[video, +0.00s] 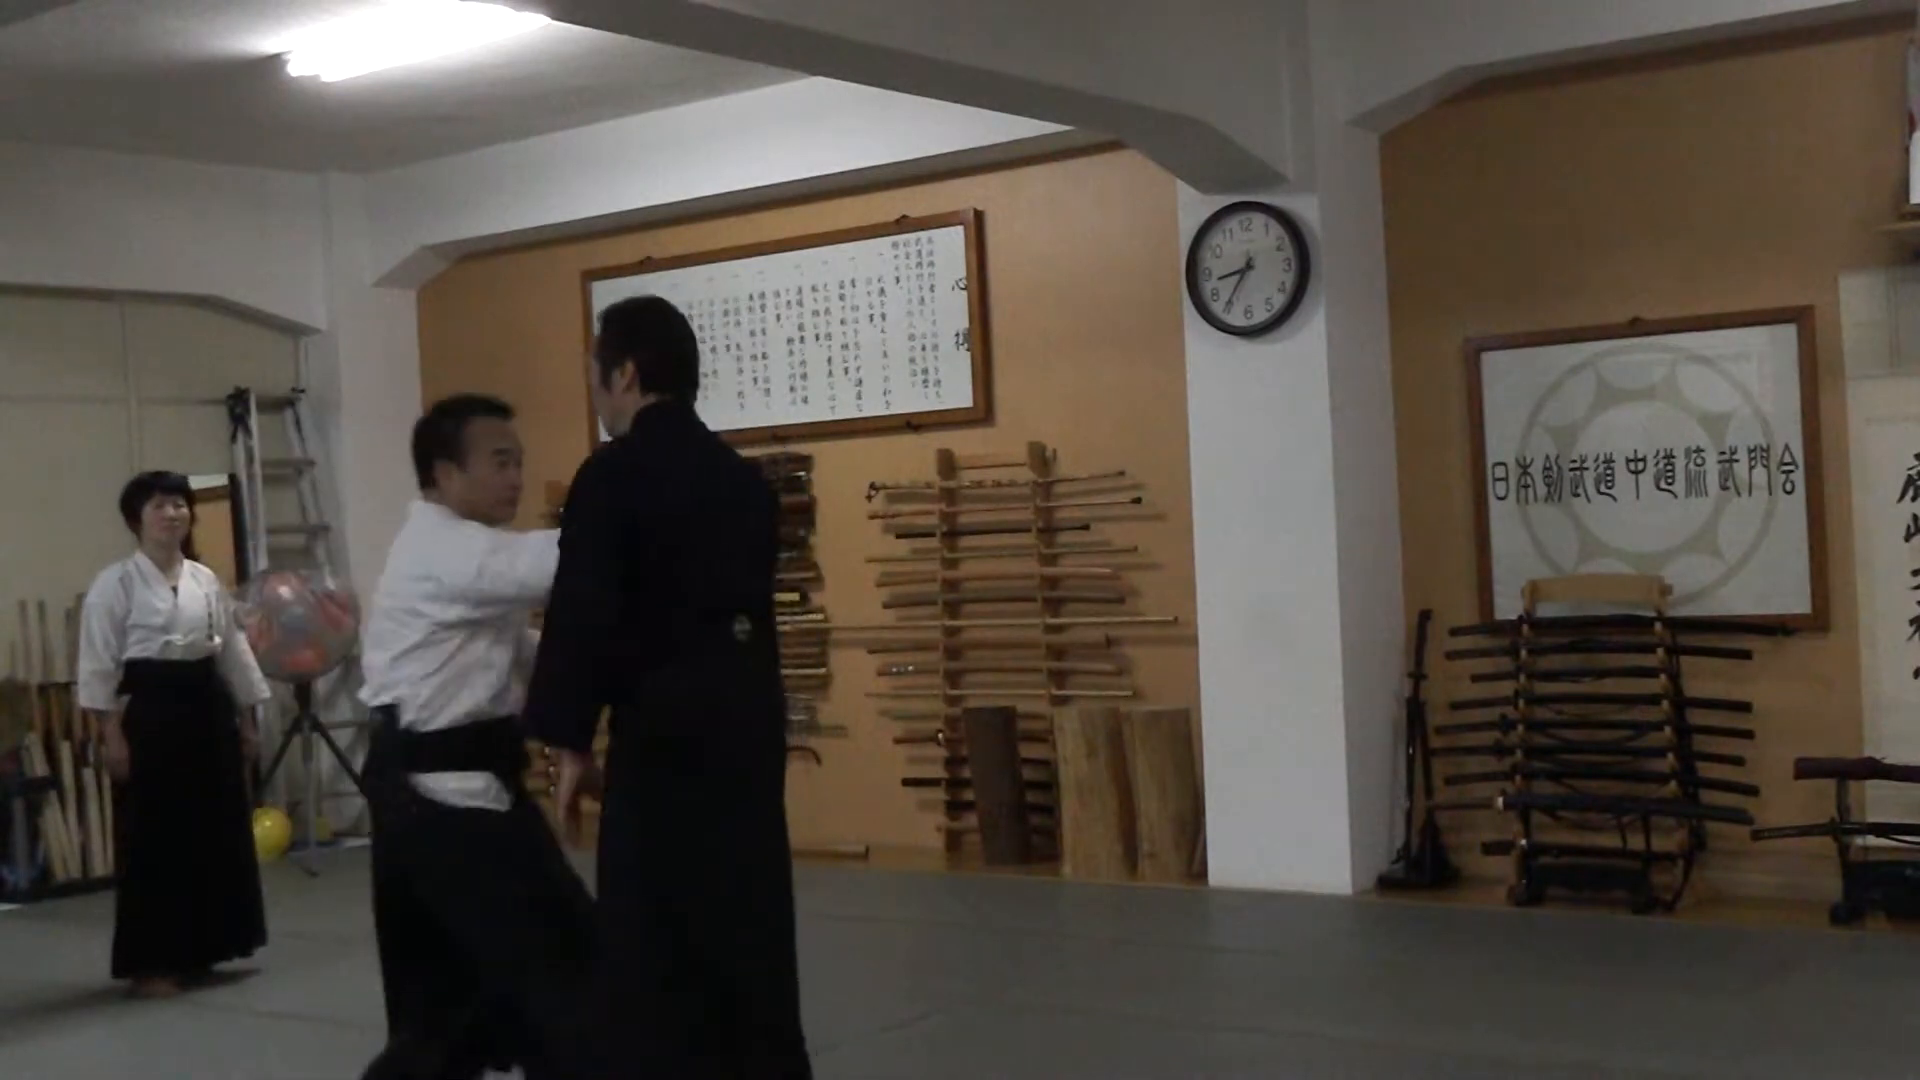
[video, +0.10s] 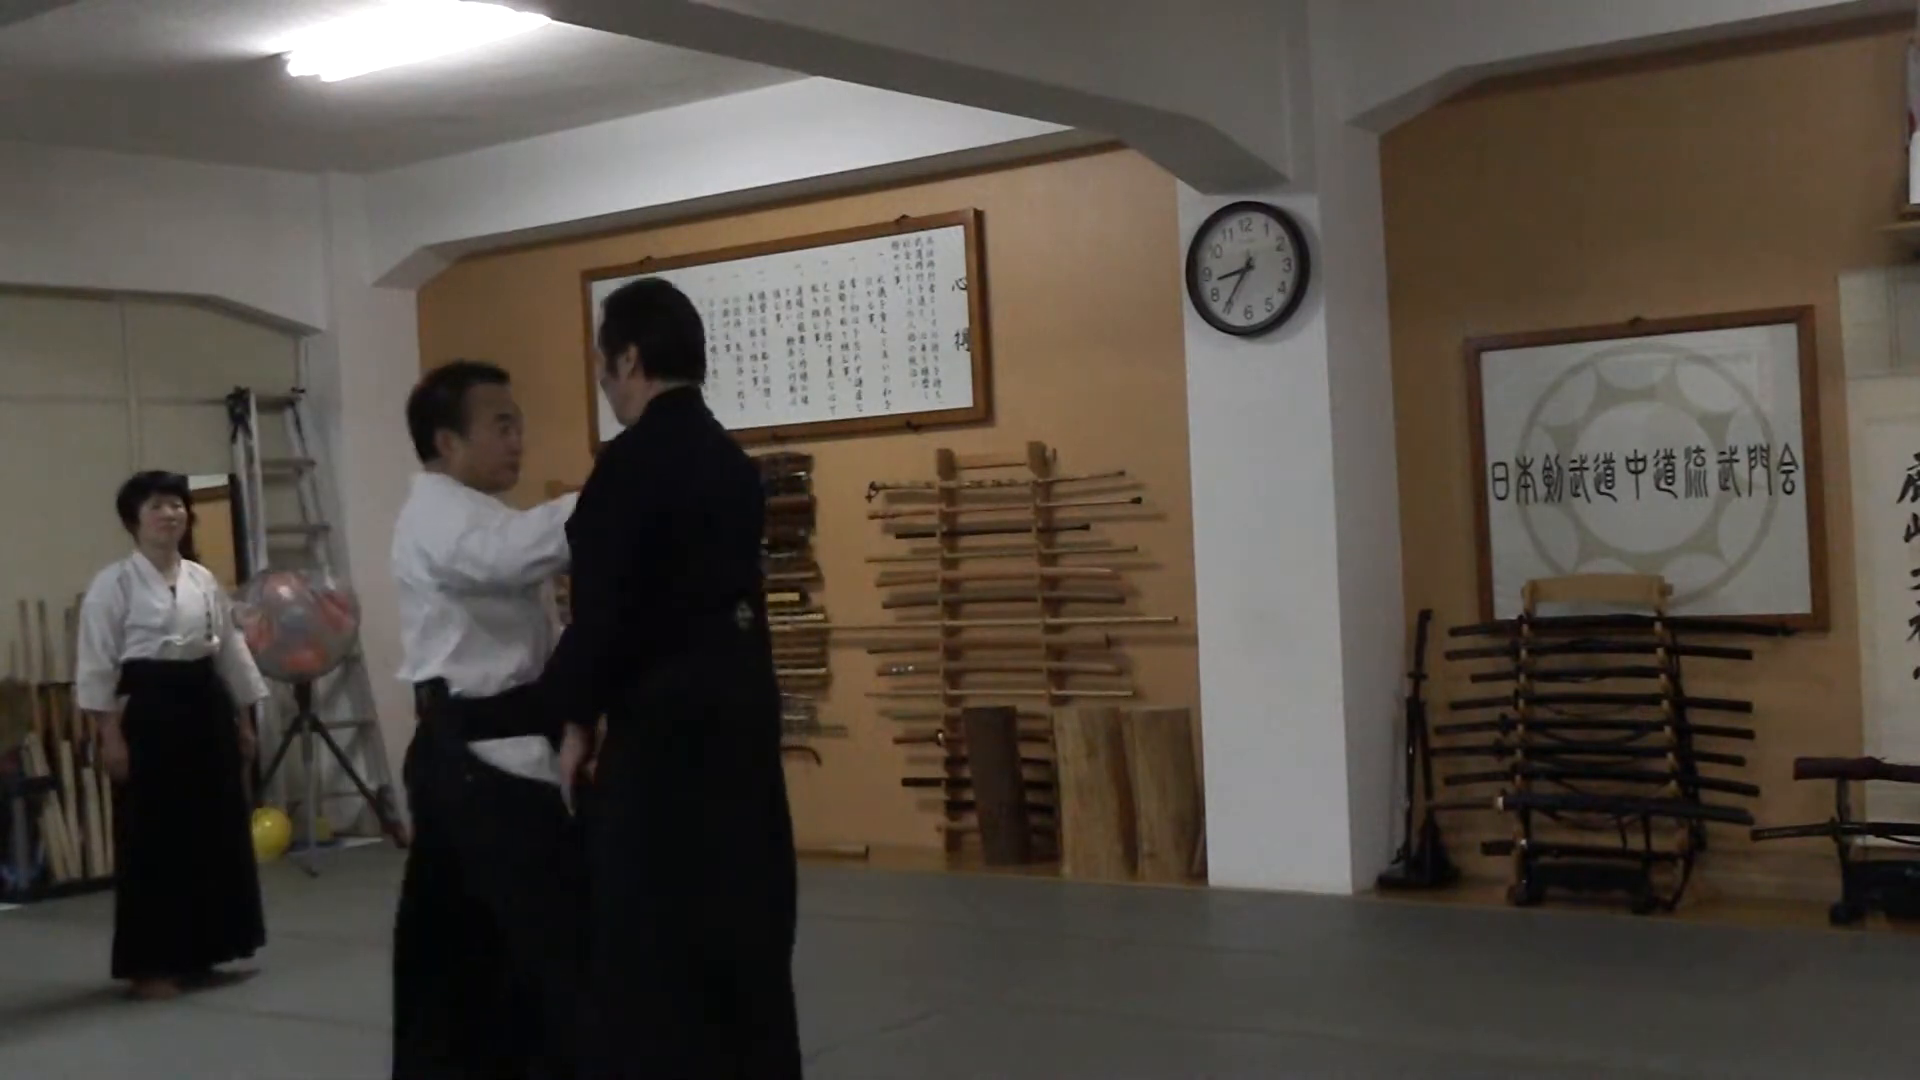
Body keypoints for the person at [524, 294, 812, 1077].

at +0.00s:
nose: (596, 389)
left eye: (599, 374)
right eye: (597, 374)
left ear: (629, 374)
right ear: (685, 375)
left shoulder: (612, 475)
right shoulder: (741, 473)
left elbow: (581, 614)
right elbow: (750, 611)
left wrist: (570, 737)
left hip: (657, 721)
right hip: (749, 712)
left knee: (650, 910)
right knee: (747, 903)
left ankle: (657, 1064)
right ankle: (761, 1063)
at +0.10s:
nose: (603, 379)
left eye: (605, 363)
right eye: (603, 364)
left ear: (631, 362)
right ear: (692, 359)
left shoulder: (624, 466)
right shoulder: (729, 457)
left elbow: (602, 610)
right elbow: (705, 606)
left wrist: (576, 718)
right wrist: (605, 714)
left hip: (655, 716)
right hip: (739, 703)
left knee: (650, 914)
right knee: (739, 906)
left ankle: (657, 1059)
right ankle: (748, 1058)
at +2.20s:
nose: (1061, 357)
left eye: (1068, 336)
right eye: (1060, 338)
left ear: (1112, 332)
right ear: (1136, 333)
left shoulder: (1121, 438)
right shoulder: (1218, 432)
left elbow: (1083, 595)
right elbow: (1213, 598)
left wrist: (1061, 748)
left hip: (1161, 727)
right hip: (1232, 713)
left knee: (1149, 946)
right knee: (1237, 935)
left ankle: (1154, 1067)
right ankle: (1245, 1066)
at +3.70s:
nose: (877, 378)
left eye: (880, 361)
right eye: (878, 362)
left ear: (908, 362)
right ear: (966, 362)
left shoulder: (896, 459)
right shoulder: (1028, 459)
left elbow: (869, 598)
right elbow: (1032, 598)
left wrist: (866, 730)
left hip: (935, 717)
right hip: (1020, 710)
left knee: (932, 918)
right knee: (1023, 911)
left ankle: (934, 1067)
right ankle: (1040, 1064)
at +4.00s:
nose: (860, 382)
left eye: (863, 366)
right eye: (860, 367)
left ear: (890, 369)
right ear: (947, 369)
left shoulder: (899, 470)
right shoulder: (1002, 469)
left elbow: (860, 604)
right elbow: (998, 622)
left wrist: (839, 727)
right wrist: (890, 725)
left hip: (924, 741)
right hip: (1001, 734)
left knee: (911, 940)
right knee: (998, 933)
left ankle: (913, 1072)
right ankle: (1013, 1070)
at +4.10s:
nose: (856, 380)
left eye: (856, 364)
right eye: (856, 365)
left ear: (878, 363)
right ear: (941, 362)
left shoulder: (866, 457)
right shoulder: (1000, 455)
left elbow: (884, 596)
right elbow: (1007, 597)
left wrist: (849, 700)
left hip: (914, 705)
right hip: (999, 701)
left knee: (910, 909)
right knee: (998, 900)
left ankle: (913, 1064)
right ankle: (1008, 1063)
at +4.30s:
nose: (867, 368)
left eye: (870, 353)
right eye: (869, 353)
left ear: (893, 356)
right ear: (959, 356)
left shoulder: (862, 463)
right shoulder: (1025, 447)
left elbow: (834, 604)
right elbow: (1051, 580)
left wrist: (840, 724)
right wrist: (1013, 649)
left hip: (929, 707)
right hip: (1021, 701)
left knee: (920, 899)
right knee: (1020, 896)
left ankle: (920, 1062)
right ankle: (1027, 1061)